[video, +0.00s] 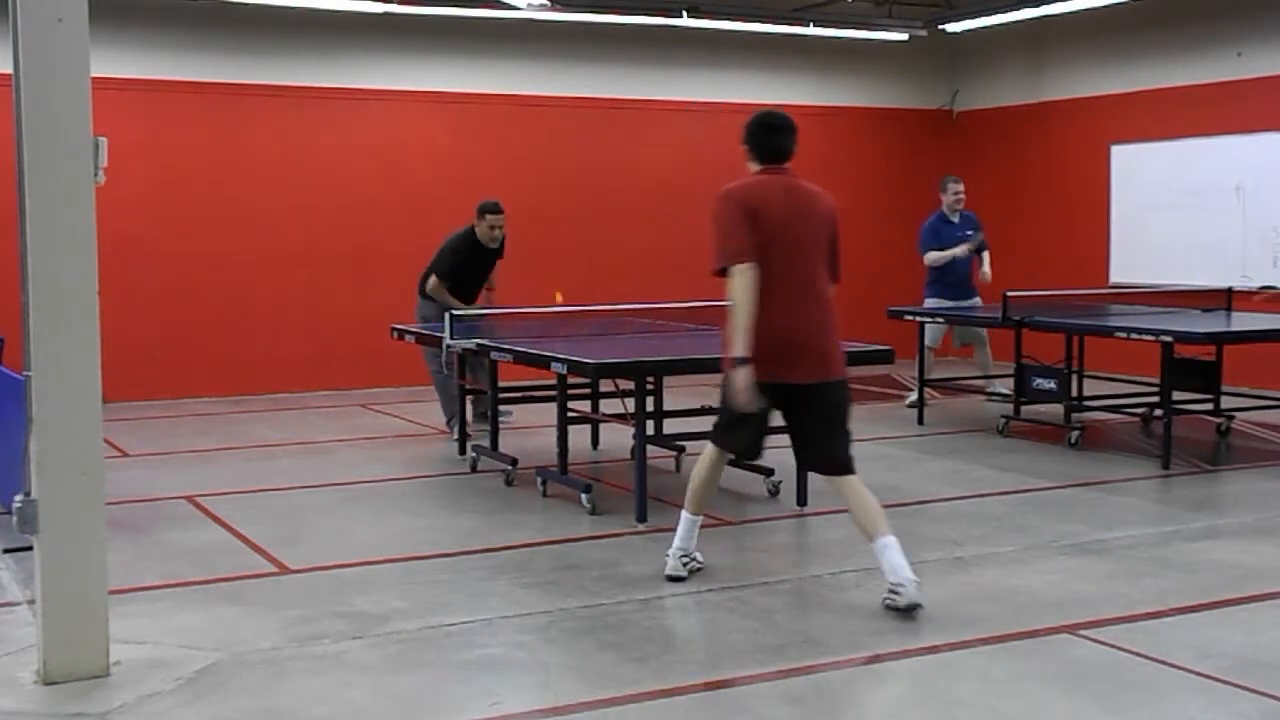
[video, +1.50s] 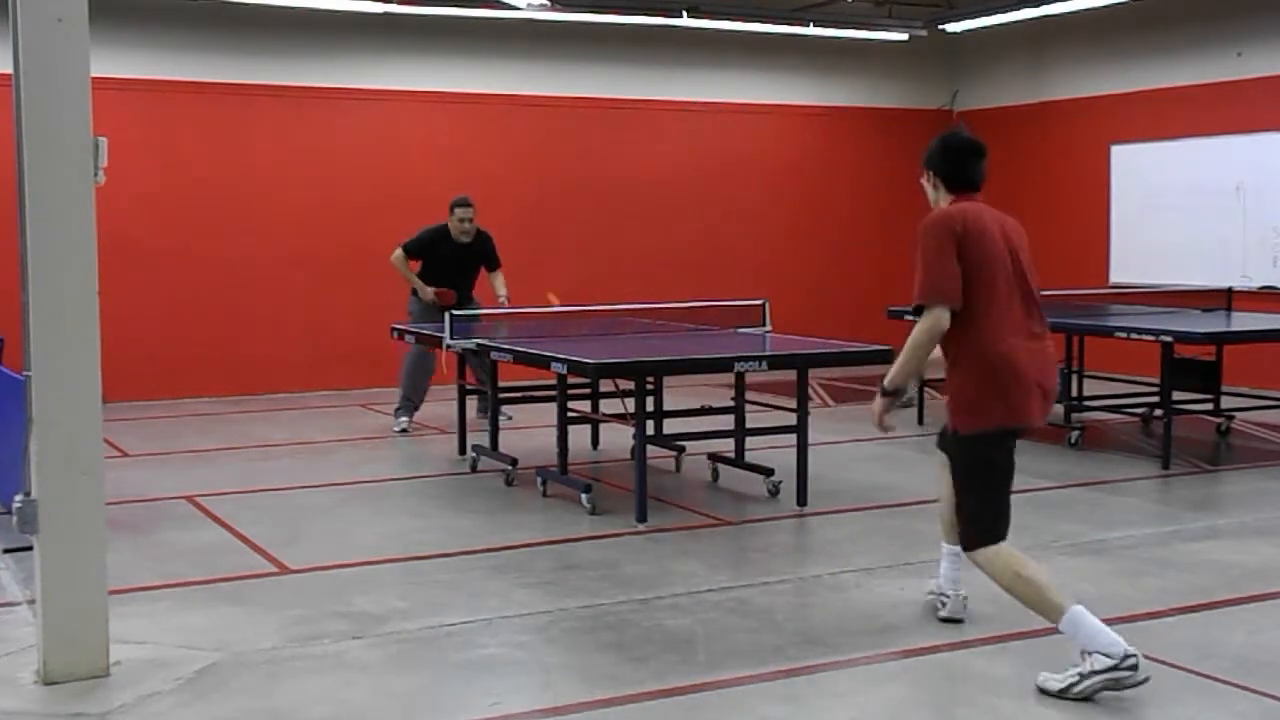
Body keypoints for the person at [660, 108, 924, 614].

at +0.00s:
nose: (744, 153)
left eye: (744, 146)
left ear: (748, 150)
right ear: (792, 151)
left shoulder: (737, 198)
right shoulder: (820, 201)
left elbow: (744, 273)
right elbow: (828, 279)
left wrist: (737, 358)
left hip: (759, 361)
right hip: (820, 362)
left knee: (717, 450)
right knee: (842, 471)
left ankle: (681, 552)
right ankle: (901, 579)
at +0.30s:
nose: (820, 138)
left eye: (820, 130)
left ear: (824, 134)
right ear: (871, 136)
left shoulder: (803, 180)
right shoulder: (897, 190)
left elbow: (785, 256)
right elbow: (915, 269)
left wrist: (748, 340)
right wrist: (871, 284)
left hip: (811, 354)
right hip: (882, 357)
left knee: (773, 467)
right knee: (882, 474)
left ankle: (767, 589)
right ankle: (909, 590)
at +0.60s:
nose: (845, 176)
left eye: (847, 168)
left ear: (852, 172)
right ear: (903, 176)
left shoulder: (824, 217)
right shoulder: (926, 226)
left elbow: (779, 301)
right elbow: (942, 322)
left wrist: (772, 347)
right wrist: (936, 380)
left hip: (835, 378)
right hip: (907, 380)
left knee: (816, 517)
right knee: (896, 465)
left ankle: (848, 643)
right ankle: (929, 588)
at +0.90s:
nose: (868, 179)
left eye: (869, 170)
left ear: (876, 171)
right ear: (924, 176)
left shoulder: (872, 199)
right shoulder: (945, 220)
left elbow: (848, 264)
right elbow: (949, 292)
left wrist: (795, 334)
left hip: (899, 358)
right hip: (960, 357)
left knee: (860, 495)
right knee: (918, 467)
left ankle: (855, 645)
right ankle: (944, 591)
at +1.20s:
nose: (890, 170)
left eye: (890, 163)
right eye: (892, 163)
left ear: (898, 163)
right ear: (940, 161)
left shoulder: (915, 186)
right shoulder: (956, 201)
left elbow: (932, 251)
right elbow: (904, 264)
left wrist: (874, 334)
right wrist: (838, 278)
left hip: (957, 352)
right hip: (994, 352)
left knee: (922, 489)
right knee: (932, 477)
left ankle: (971, 634)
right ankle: (940, 584)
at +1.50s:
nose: (920, 184)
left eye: (922, 177)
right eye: (922, 176)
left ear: (931, 180)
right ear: (978, 178)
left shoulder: (942, 225)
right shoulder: (1006, 224)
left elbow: (936, 317)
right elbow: (1019, 312)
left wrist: (888, 389)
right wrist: (961, 381)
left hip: (985, 391)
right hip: (1032, 383)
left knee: (981, 541)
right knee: (952, 449)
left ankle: (1107, 650)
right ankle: (949, 586)